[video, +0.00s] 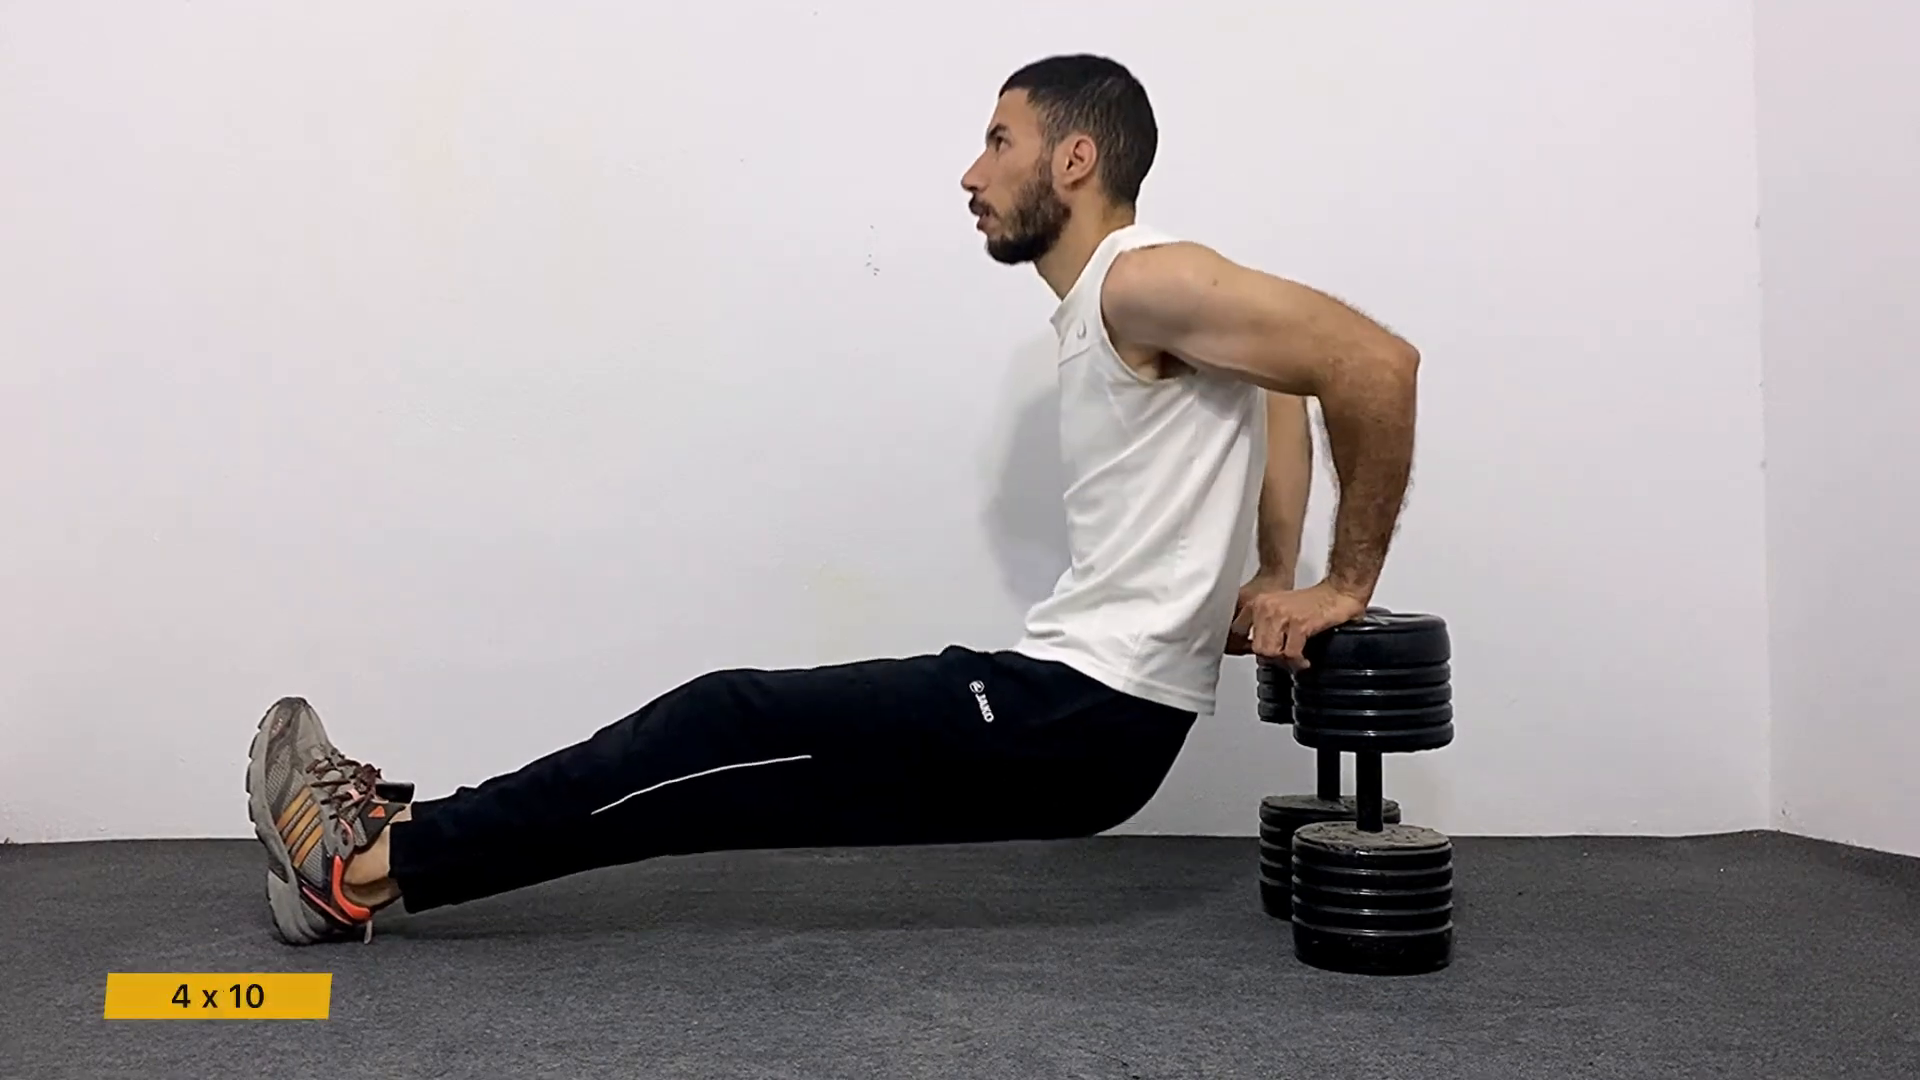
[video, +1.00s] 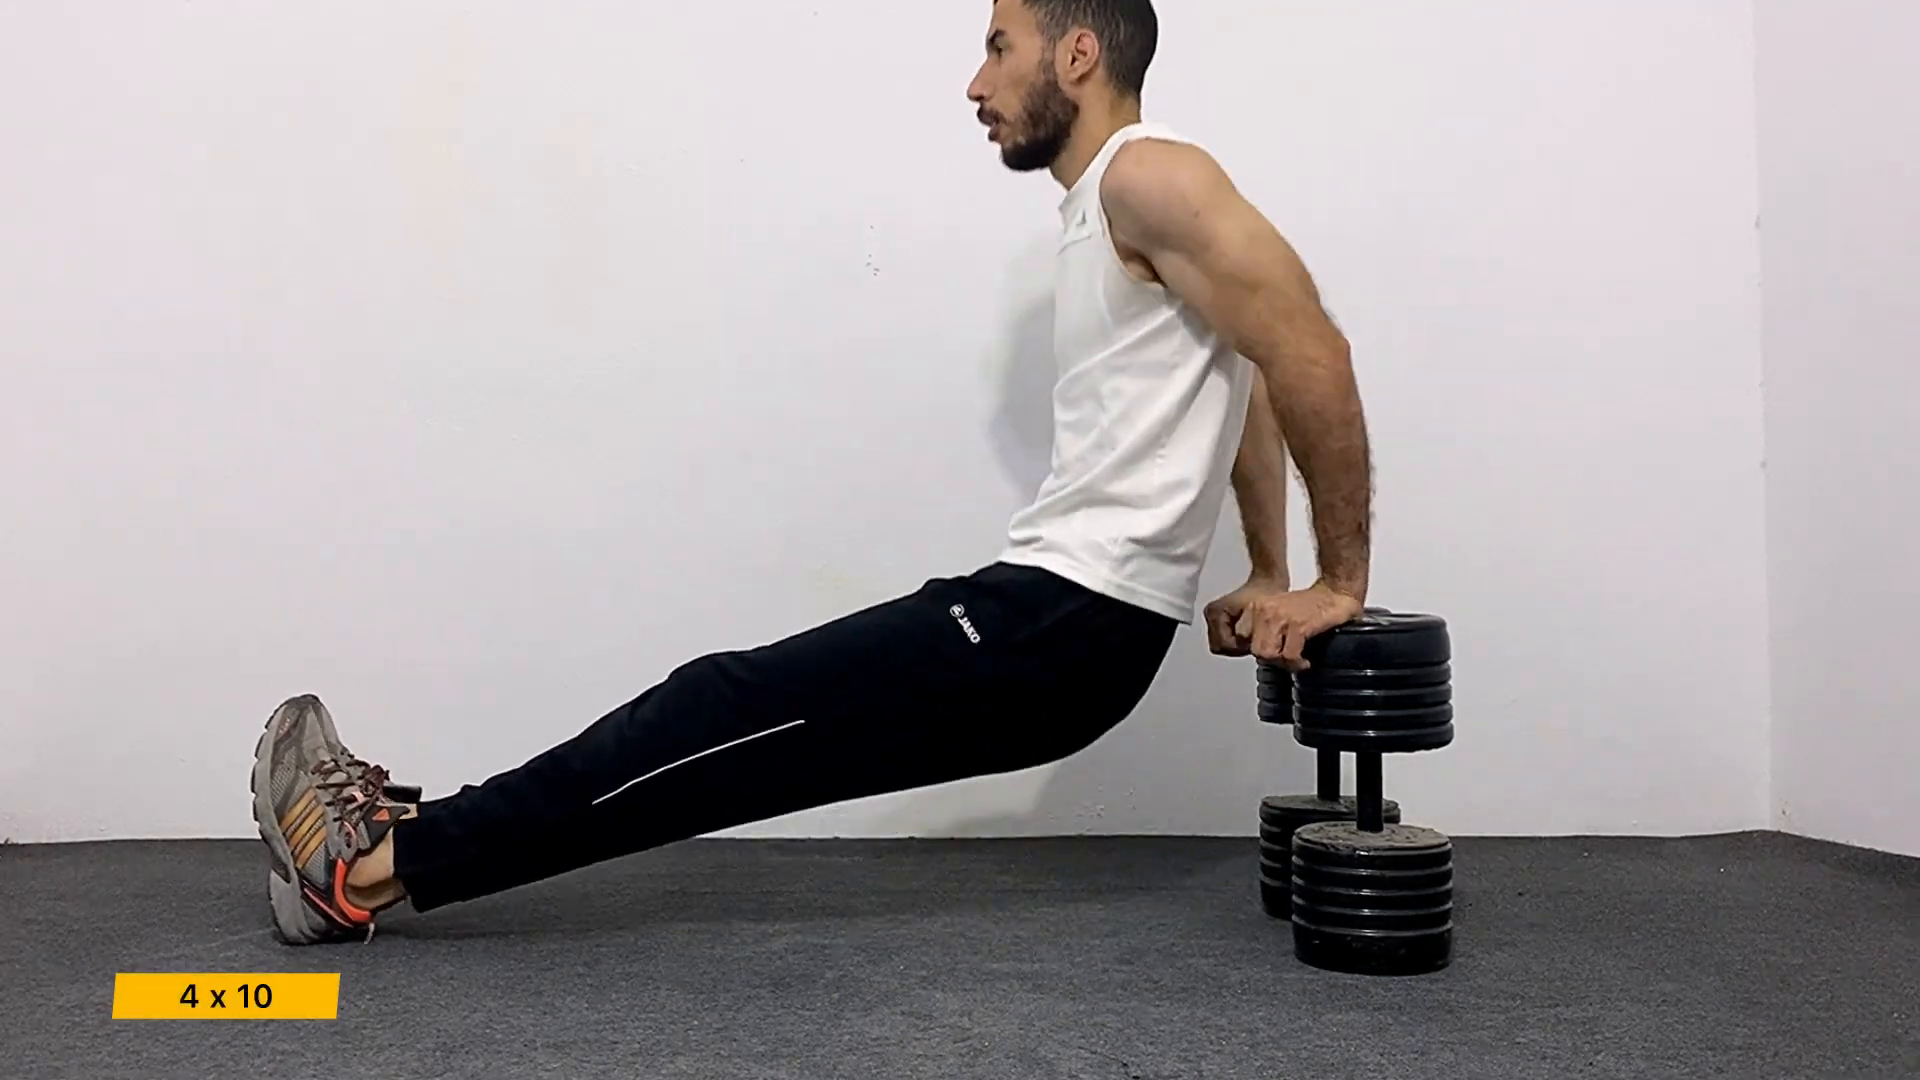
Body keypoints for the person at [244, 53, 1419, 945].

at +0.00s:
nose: (972, 169)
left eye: (996, 142)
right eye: (981, 142)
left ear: (1080, 158)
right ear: (1081, 164)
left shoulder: (1143, 288)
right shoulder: (1120, 296)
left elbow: (1375, 364)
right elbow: (1288, 382)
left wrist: (1348, 586)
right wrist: (1274, 577)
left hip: (1087, 710)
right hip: (1072, 699)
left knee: (721, 725)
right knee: (717, 740)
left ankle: (381, 868)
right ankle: (403, 844)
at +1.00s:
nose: (976, 81)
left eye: (998, 50)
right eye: (983, 53)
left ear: (1080, 54)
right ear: (1076, 54)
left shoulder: (1153, 177)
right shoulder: (1133, 200)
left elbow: (1312, 352)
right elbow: (1251, 387)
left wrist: (1348, 580)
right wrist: (1262, 577)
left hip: (1070, 623)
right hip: (1055, 607)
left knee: (726, 723)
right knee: (722, 703)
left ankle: (381, 873)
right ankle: (407, 841)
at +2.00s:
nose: (964, 248)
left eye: (987, 216)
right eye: (973, 219)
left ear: (1074, 227)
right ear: (1077, 228)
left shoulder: (1136, 345)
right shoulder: (1126, 345)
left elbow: (1391, 375)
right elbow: (1295, 391)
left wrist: (1355, 585)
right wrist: (1279, 575)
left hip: (1097, 776)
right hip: (1078, 760)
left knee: (741, 742)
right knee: (736, 795)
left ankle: (386, 869)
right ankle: (416, 848)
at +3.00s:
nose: (1021, 43)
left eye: (1042, 13)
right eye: (1027, 16)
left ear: (1128, 17)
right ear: (1112, 24)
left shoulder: (1189, 144)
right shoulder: (1146, 168)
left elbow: (1313, 350)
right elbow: (1244, 383)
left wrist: (1346, 579)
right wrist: (1263, 572)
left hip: (1063, 590)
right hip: (1041, 576)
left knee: (721, 714)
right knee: (715, 700)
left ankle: (379, 877)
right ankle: (412, 843)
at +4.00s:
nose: (972, 276)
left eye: (995, 244)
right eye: (980, 246)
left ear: (1078, 251)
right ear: (1083, 253)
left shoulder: (1143, 370)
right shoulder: (1138, 373)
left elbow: (1401, 381)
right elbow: (1300, 412)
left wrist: (1354, 592)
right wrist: (1279, 580)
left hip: (1095, 808)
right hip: (1092, 799)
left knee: (737, 756)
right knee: (726, 821)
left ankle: (381, 873)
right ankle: (417, 848)